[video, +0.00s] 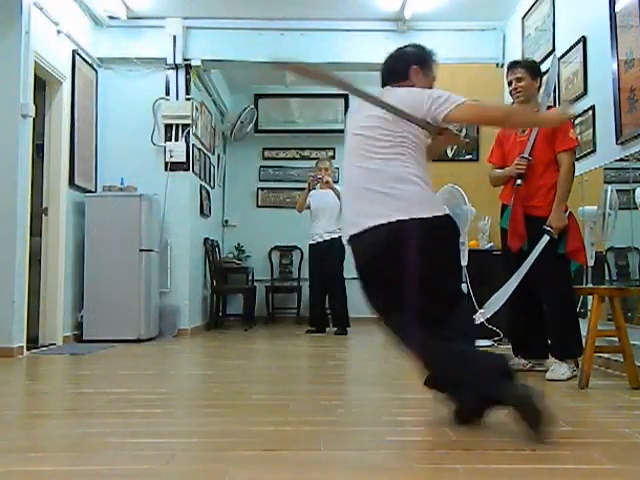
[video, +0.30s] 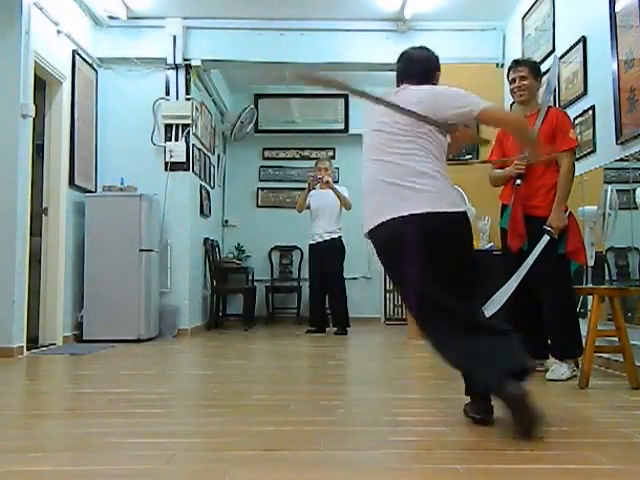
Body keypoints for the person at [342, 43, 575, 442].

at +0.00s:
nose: (433, 85)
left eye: (433, 79)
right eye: (431, 78)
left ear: (388, 74)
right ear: (413, 73)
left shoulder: (361, 106)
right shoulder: (418, 98)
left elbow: (404, 152)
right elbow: (494, 114)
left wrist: (440, 140)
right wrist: (548, 117)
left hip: (367, 232)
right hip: (423, 221)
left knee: (412, 327)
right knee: (447, 310)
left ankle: (501, 387)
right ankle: (467, 397)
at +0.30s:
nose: (440, 83)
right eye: (440, 78)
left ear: (396, 77)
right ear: (435, 77)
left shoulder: (377, 109)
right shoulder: (436, 97)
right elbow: (511, 120)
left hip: (385, 222)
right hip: (442, 213)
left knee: (434, 316)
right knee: (463, 304)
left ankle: (505, 383)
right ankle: (480, 399)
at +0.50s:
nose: (352, 77)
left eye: (353, 72)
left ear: (358, 73)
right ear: (392, 74)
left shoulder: (349, 92)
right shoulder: (417, 100)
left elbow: (342, 148)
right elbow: (383, 110)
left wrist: (336, 176)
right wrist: (340, 96)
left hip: (377, 219)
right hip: (433, 220)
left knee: (338, 298)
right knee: (443, 310)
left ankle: (334, 388)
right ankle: (476, 394)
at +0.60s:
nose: (317, 79)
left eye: (319, 73)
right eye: (320, 73)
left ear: (325, 75)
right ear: (357, 74)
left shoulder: (328, 96)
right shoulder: (384, 100)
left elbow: (273, 131)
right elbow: (343, 80)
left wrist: (221, 149)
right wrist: (329, 43)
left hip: (360, 233)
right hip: (405, 231)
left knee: (296, 308)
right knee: (408, 318)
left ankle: (292, 386)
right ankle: (462, 371)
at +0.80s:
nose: (255, 97)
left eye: (258, 89)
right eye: (255, 91)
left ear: (272, 85)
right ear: (287, 85)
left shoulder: (306, 114)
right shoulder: (298, 125)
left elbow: (242, 137)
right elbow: (260, 163)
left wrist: (203, 87)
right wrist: (251, 124)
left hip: (336, 236)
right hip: (318, 236)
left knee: (265, 297)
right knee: (267, 296)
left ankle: (283, 390)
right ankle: (298, 346)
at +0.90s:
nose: (235, 105)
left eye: (237, 97)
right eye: (234, 98)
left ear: (252, 94)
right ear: (267, 95)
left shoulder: (298, 126)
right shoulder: (260, 146)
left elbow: (246, 165)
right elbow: (214, 192)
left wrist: (225, 115)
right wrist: (170, 164)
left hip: (321, 245)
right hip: (285, 245)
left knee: (259, 301)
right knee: (235, 294)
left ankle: (282, 389)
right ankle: (203, 361)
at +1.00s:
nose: (214, 110)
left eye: (217, 102)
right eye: (213, 104)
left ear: (239, 101)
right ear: (239, 104)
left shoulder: (287, 138)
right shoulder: (235, 149)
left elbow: (248, 184)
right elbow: (181, 184)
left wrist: (226, 133)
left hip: (303, 251)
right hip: (260, 250)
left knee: (252, 305)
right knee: (206, 294)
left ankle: (272, 389)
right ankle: (196, 368)